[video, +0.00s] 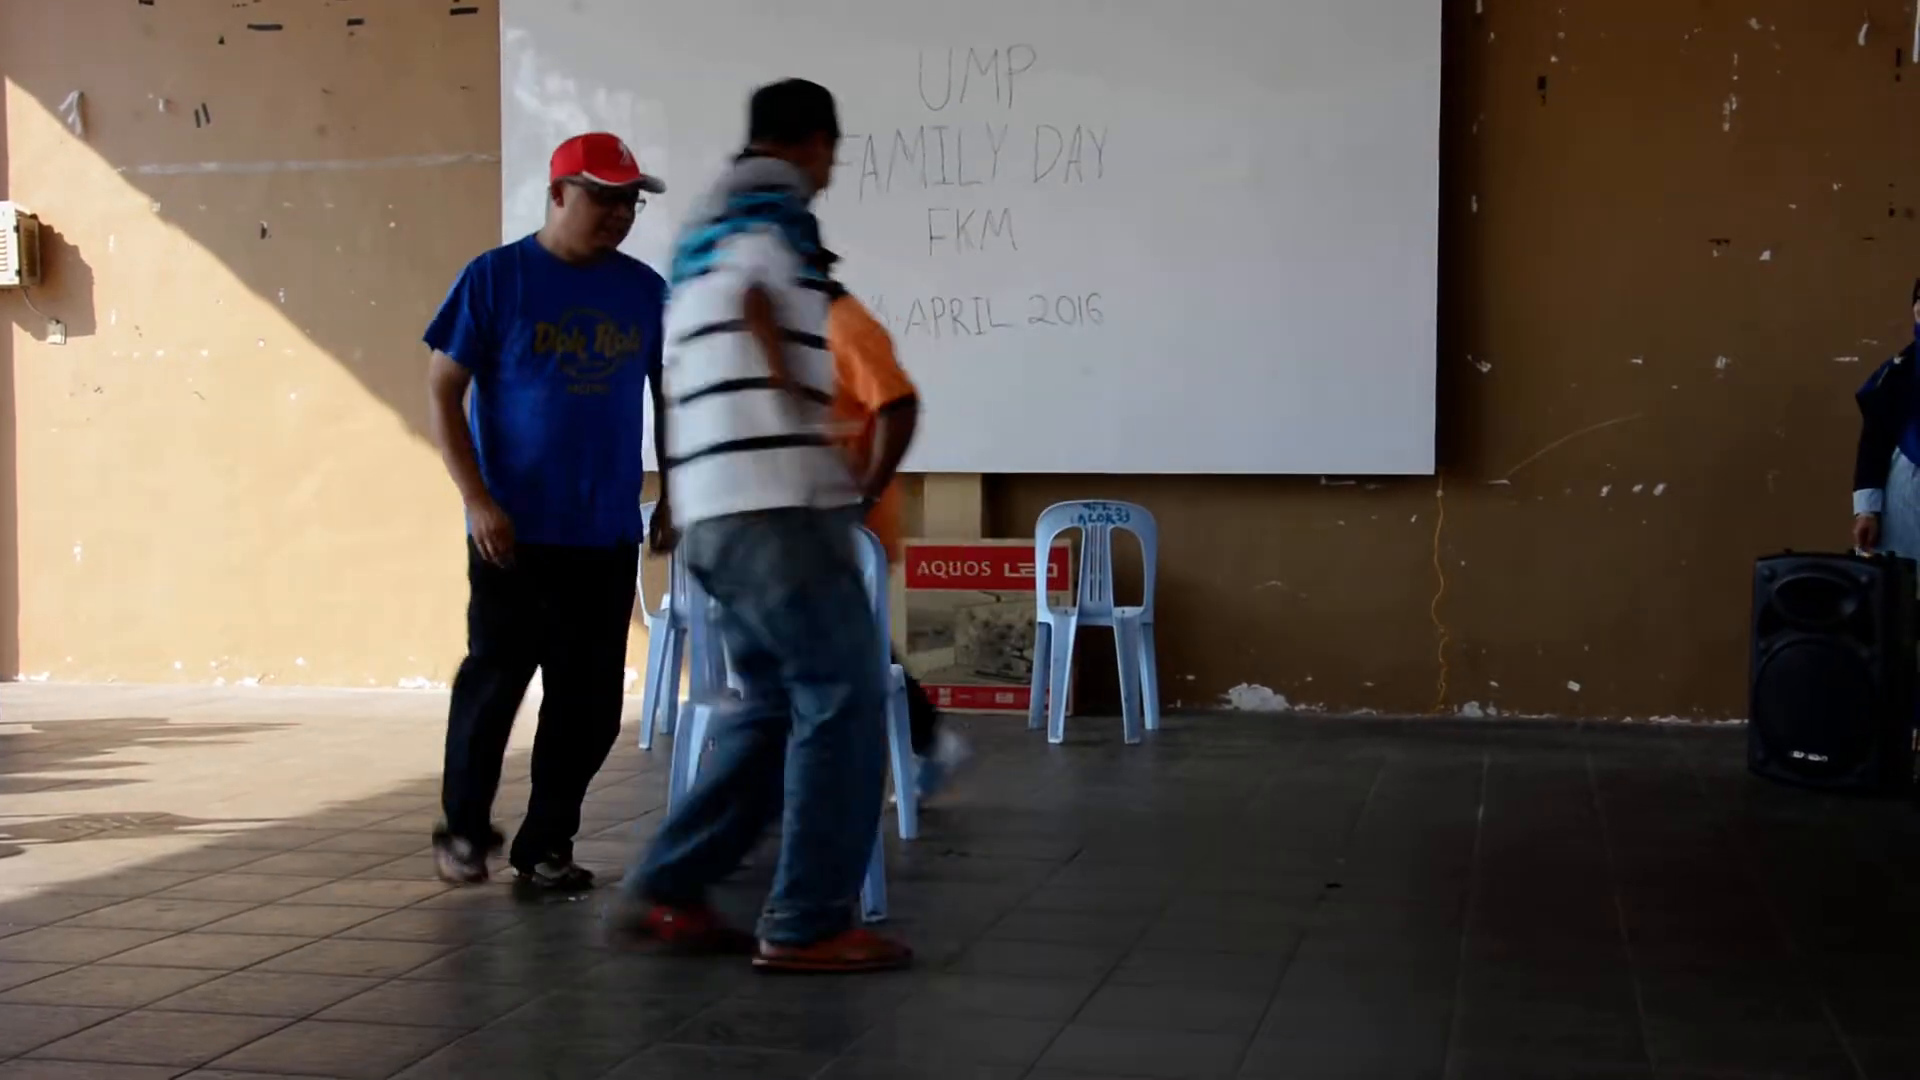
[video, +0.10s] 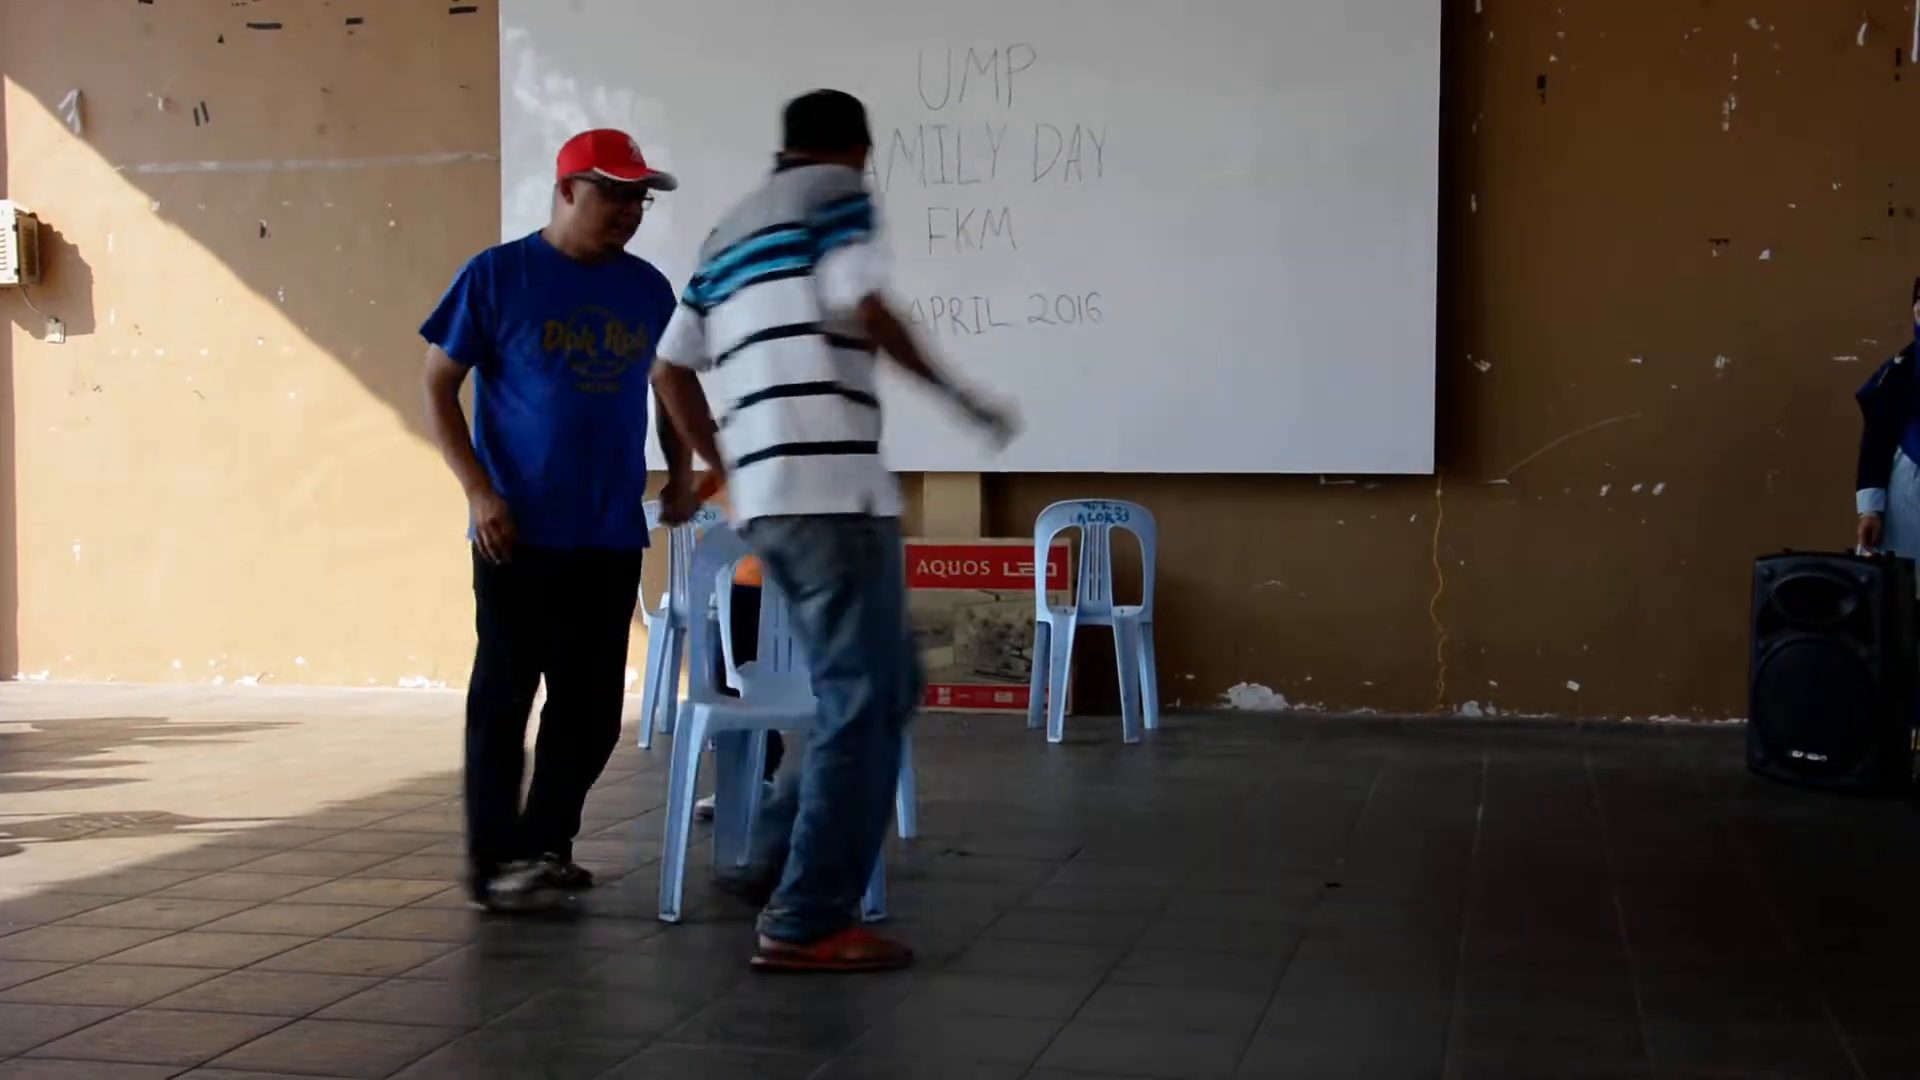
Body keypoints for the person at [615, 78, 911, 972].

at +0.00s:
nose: (834, 166)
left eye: (834, 151)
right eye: (832, 150)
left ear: (755, 141)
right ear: (812, 144)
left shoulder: (702, 239)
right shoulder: (780, 218)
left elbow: (690, 381)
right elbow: (755, 308)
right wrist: (821, 431)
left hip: (709, 516)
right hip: (773, 509)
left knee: (769, 701)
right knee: (845, 697)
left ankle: (667, 888)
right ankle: (808, 921)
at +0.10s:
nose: (865, 168)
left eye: (859, 156)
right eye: (864, 156)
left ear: (786, 147)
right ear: (854, 148)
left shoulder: (724, 232)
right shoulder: (838, 188)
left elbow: (670, 370)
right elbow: (863, 307)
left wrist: (717, 466)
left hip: (764, 498)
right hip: (825, 491)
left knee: (877, 680)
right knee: (868, 696)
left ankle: (774, 857)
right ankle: (808, 921)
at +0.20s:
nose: (896, 160)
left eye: (886, 149)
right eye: (894, 149)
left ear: (814, 150)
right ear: (887, 143)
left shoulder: (755, 226)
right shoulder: (895, 179)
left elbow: (673, 339)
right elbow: (950, 300)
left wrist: (725, 459)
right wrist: (994, 341)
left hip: (806, 489)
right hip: (879, 479)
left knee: (927, 678)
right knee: (895, 681)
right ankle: (819, 900)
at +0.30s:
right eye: (911, 154)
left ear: (836, 162)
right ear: (917, 152)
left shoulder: (787, 228)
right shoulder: (942, 190)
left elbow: (727, 342)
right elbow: (995, 305)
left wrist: (772, 452)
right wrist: (992, 362)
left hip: (843, 496)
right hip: (933, 479)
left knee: (927, 696)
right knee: (985, 677)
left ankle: (961, 897)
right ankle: (877, 840)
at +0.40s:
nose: (856, 183)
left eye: (854, 171)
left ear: (860, 173)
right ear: (936, 162)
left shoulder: (822, 241)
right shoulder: (981, 207)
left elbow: (795, 381)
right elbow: (1035, 325)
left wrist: (848, 447)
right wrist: (1018, 415)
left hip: (878, 509)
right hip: (979, 495)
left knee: (939, 705)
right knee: (1038, 663)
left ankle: (958, 898)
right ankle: (993, 826)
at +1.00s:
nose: (867, 241)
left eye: (864, 225)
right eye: (861, 228)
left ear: (888, 206)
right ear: (920, 194)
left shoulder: (907, 259)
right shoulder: (1018, 224)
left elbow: (910, 378)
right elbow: (1102, 288)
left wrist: (876, 425)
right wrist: (1056, 365)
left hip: (978, 493)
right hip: (1054, 475)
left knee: (987, 661)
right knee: (1039, 646)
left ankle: (1040, 840)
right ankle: (1060, 819)